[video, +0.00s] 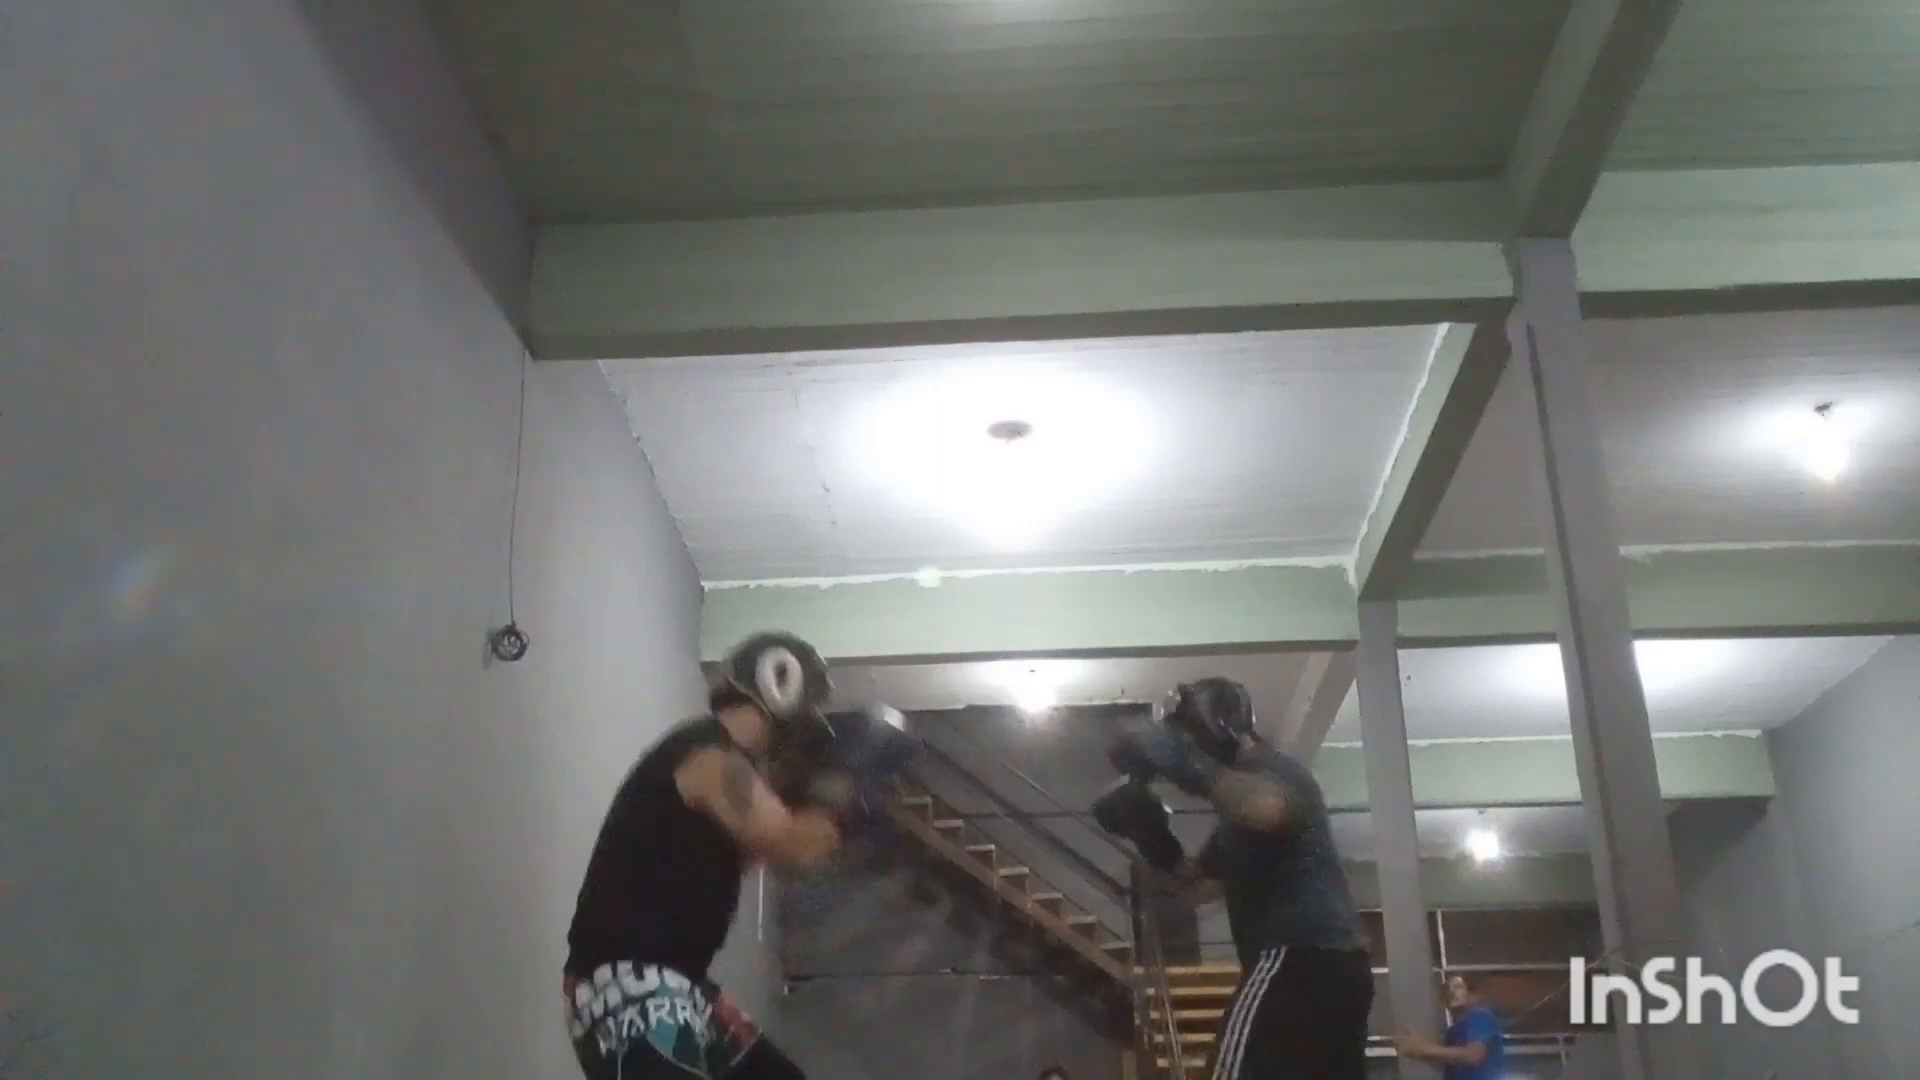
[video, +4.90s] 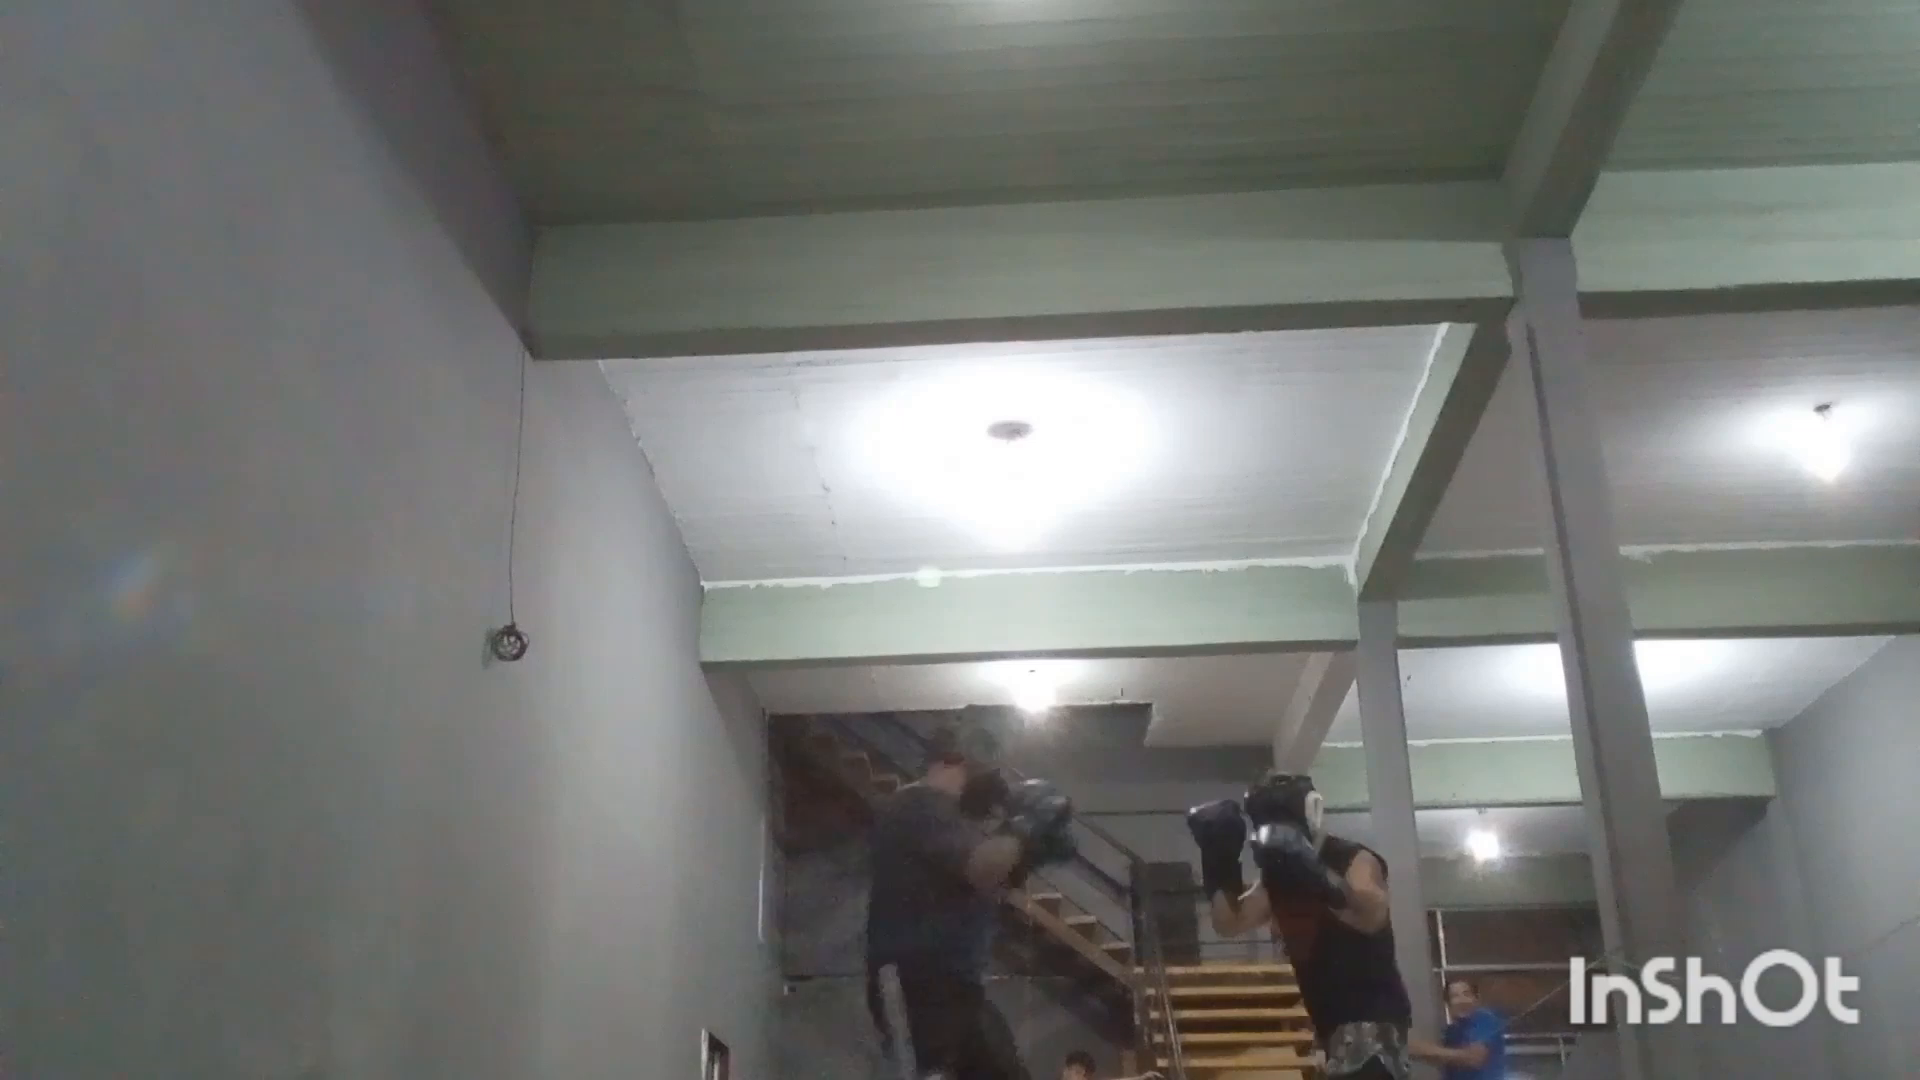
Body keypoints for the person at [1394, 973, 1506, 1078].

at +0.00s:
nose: (1452, 992)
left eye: (1458, 987)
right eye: (1448, 988)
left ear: (1470, 991)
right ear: (1444, 994)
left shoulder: (1480, 1017)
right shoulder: (1456, 1025)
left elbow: (1474, 1055)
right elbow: (1449, 1056)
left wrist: (1422, 1049)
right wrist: (1416, 1045)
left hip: (1480, 1075)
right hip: (1458, 1075)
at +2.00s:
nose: (1458, 997)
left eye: (1463, 990)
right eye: (1452, 993)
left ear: (1470, 995)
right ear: (1444, 1001)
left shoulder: (1481, 1017)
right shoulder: (1454, 1030)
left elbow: (1476, 1054)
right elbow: (1450, 1055)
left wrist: (1425, 1050)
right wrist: (1418, 1048)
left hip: (1485, 1075)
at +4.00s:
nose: (1456, 1005)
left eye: (1463, 1000)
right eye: (1453, 999)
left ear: (1473, 1001)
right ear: (1448, 1001)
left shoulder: (1482, 1018)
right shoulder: (1458, 1024)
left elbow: (1477, 1053)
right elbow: (1447, 1052)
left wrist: (1427, 1049)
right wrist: (1419, 1047)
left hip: (1485, 1076)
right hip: (1462, 1076)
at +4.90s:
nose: (1461, 1000)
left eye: (1466, 995)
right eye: (1455, 996)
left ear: (1475, 998)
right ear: (1448, 1002)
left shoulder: (1484, 1020)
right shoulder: (1452, 1030)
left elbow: (1476, 1058)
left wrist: (1431, 1051)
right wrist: (1423, 1053)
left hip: (1485, 1076)